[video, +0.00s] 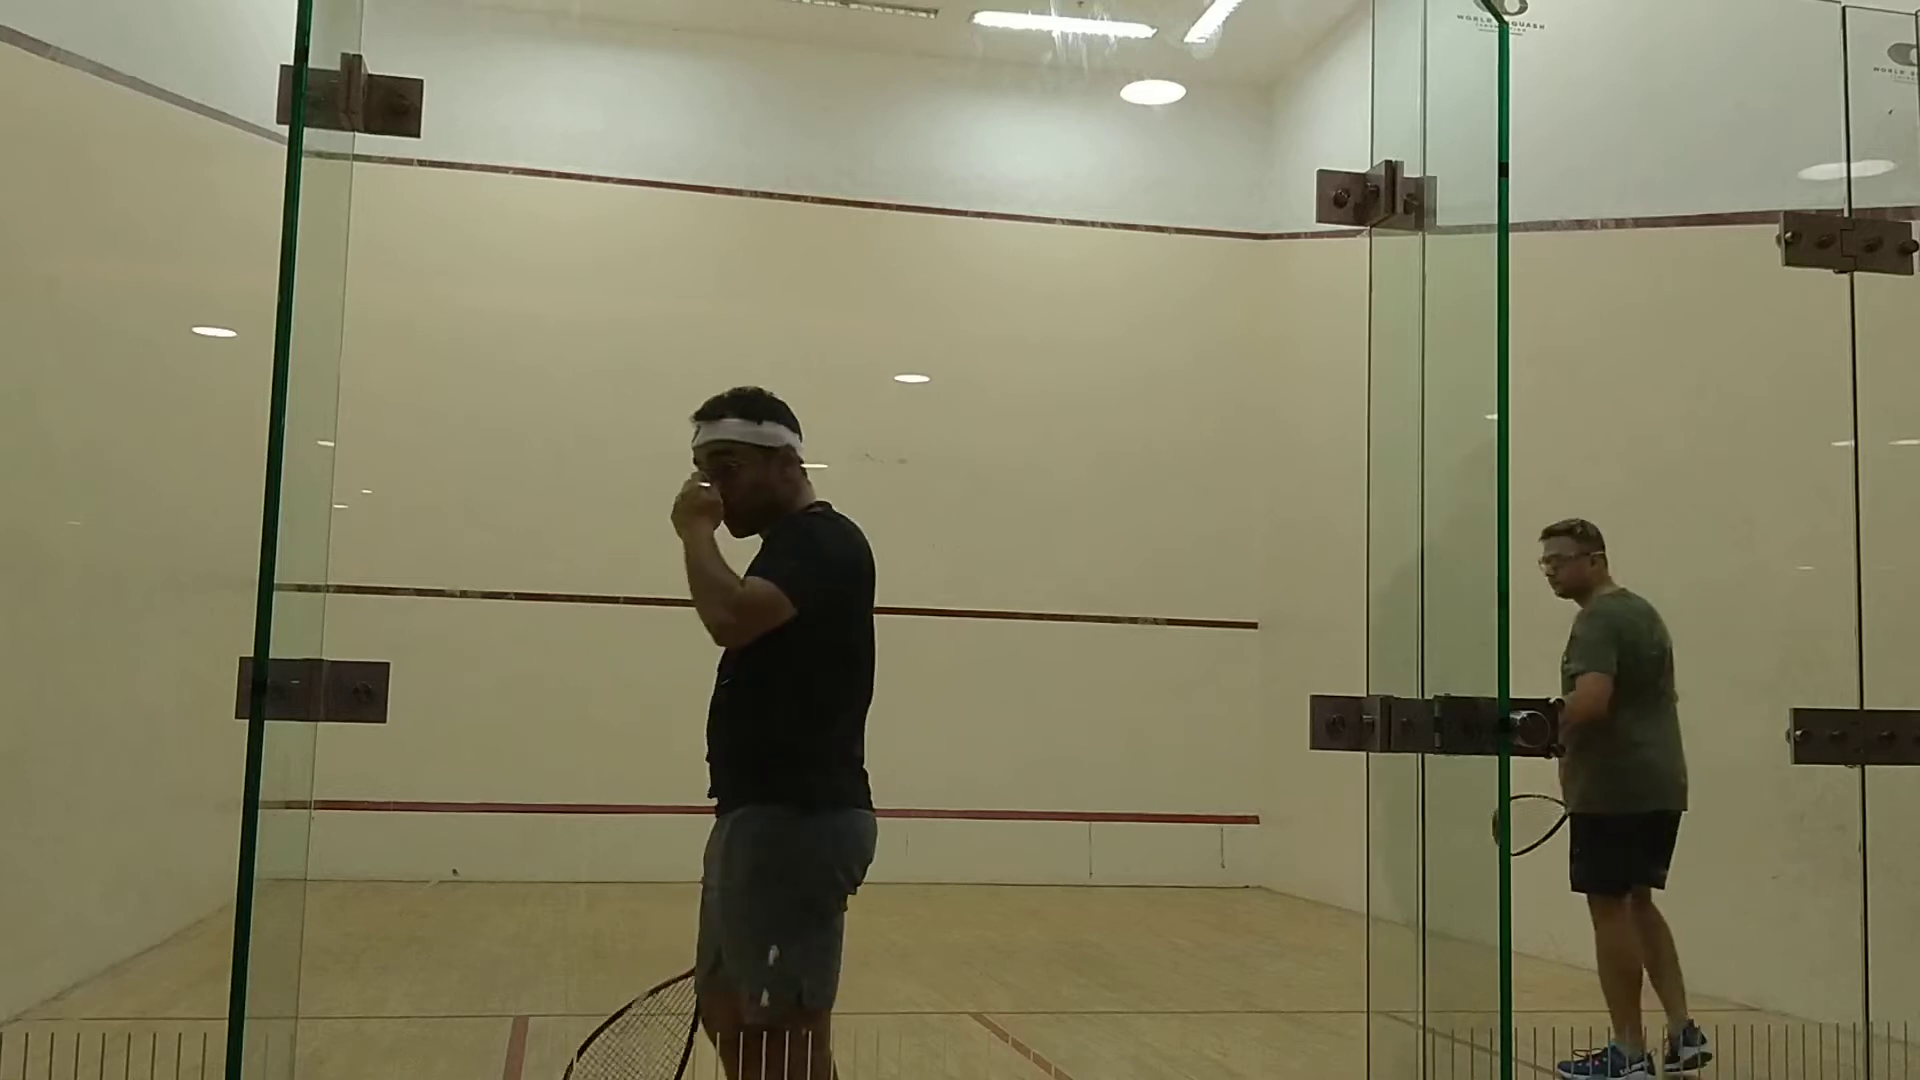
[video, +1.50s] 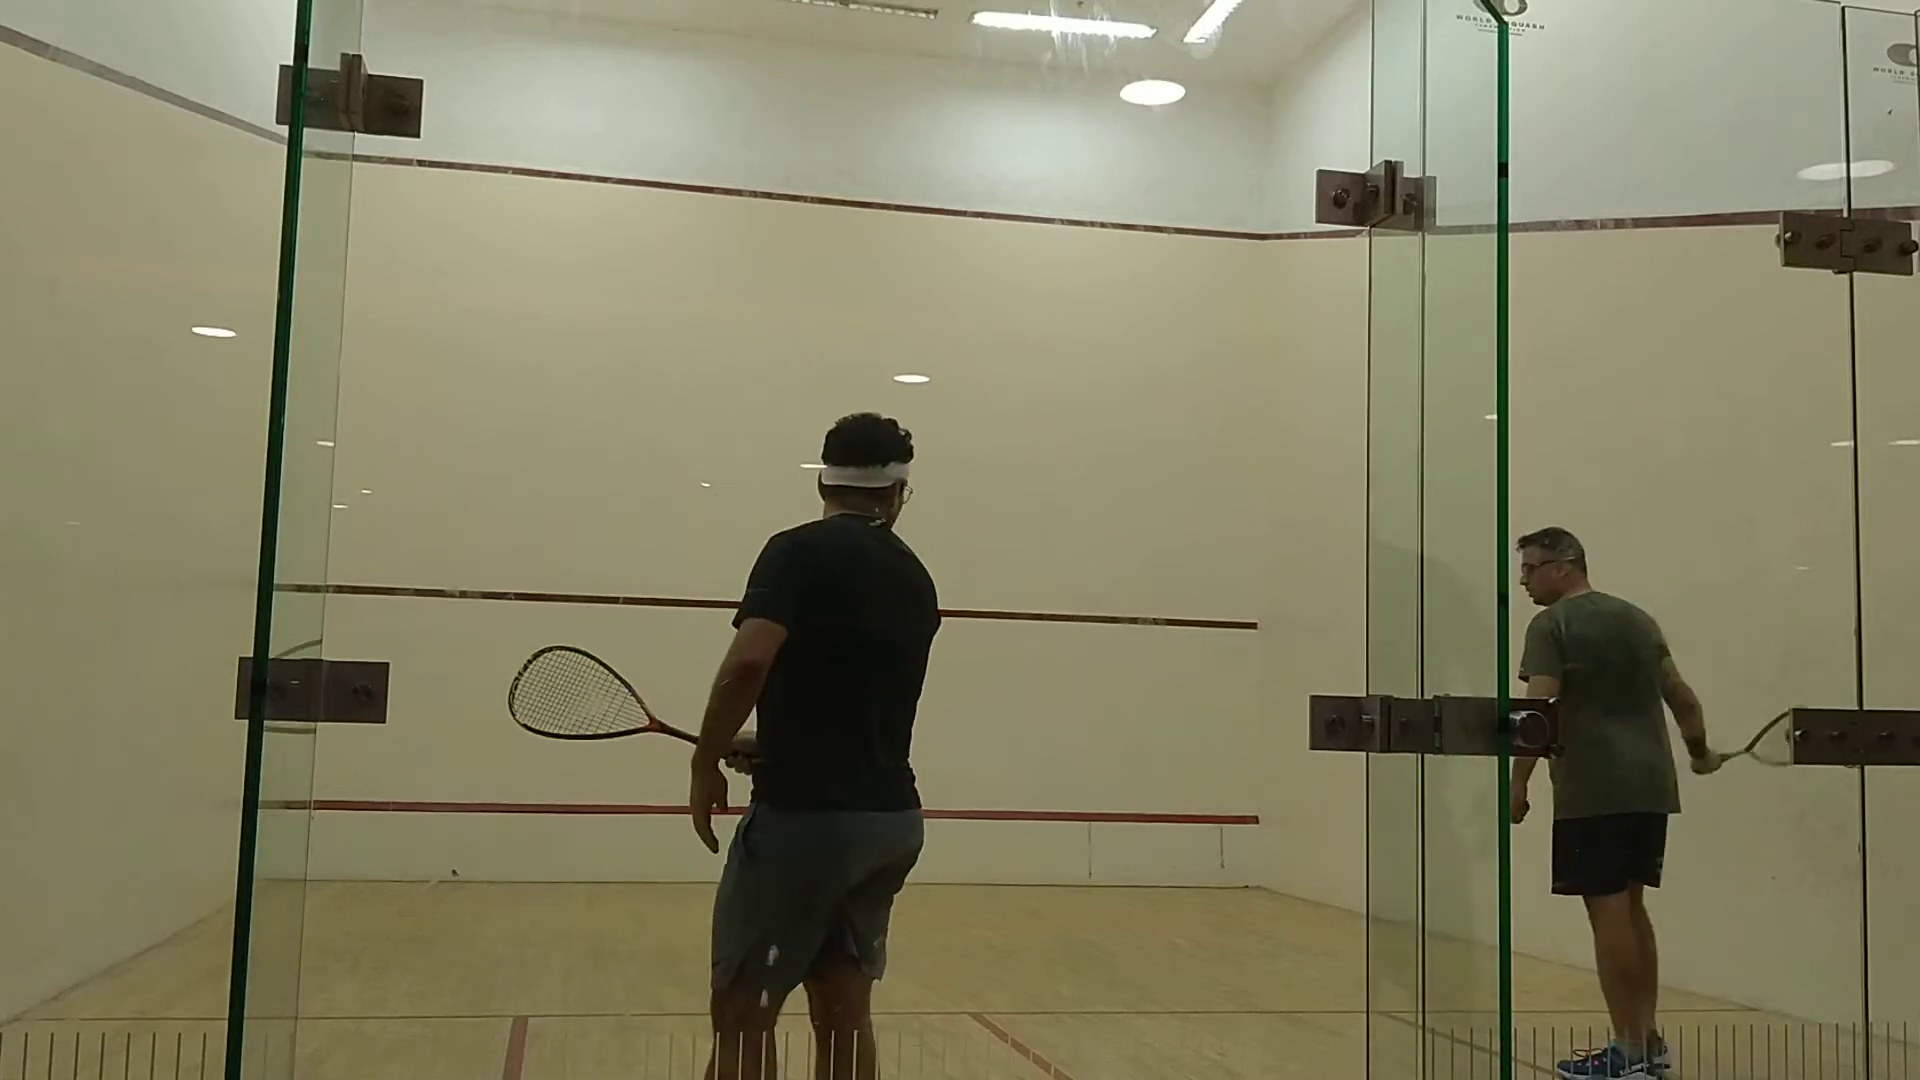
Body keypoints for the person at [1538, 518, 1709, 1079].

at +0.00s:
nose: (1548, 570)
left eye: (1557, 560)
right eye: (1546, 562)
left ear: (1593, 560)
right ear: (1598, 565)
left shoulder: (1599, 618)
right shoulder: (1640, 612)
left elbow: (1591, 700)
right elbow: (1648, 702)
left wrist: (1556, 724)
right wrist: (1572, 733)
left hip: (1611, 797)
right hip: (1656, 791)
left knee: (1609, 911)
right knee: (1638, 903)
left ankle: (1629, 1052)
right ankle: (1684, 1033)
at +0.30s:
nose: (1525, 593)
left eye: (1525, 580)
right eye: (1521, 583)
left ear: (1551, 567)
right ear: (1569, 563)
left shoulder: (1568, 626)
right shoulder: (1632, 612)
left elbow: (1536, 721)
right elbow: (1657, 700)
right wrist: (1575, 726)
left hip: (1606, 798)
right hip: (1660, 792)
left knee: (1617, 916)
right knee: (1646, 909)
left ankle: (1628, 1051)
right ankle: (1662, 1042)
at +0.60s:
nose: (1520, 614)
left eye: (1517, 601)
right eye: (1515, 604)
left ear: (1531, 585)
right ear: (1558, 577)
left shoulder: (1554, 629)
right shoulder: (1624, 616)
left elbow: (1566, 718)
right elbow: (1635, 708)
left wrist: (1550, 794)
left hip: (1612, 798)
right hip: (1670, 790)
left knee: (1620, 917)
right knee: (1656, 912)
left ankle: (1629, 1052)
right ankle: (1669, 1046)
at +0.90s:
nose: (1530, 613)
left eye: (1527, 601)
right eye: (1525, 604)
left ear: (1543, 585)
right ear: (1569, 578)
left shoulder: (1560, 623)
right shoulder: (1629, 618)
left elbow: (1560, 703)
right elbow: (1631, 708)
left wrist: (1538, 746)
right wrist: (1563, 742)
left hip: (1613, 795)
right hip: (1671, 789)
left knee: (1621, 915)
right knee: (1658, 912)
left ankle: (1629, 1053)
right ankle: (1670, 1048)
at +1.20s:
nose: (1531, 589)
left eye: (1535, 576)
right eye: (1527, 579)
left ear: (1565, 568)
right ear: (1580, 569)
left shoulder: (1552, 626)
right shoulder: (1645, 619)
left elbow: (1529, 718)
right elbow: (1681, 712)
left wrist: (1522, 751)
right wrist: (1677, 778)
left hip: (1600, 797)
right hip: (1667, 792)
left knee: (1614, 919)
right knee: (1658, 913)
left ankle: (1629, 1051)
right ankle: (1670, 1048)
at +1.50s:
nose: (1524, 583)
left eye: (1529, 571)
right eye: (1523, 572)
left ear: (1564, 566)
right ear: (1576, 568)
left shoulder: (1550, 625)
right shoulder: (1637, 618)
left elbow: (1538, 713)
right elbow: (1682, 697)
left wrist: (1518, 783)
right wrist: (1699, 748)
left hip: (1592, 798)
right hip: (1650, 794)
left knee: (1609, 918)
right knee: (1633, 907)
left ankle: (1628, 1052)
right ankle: (1646, 1042)